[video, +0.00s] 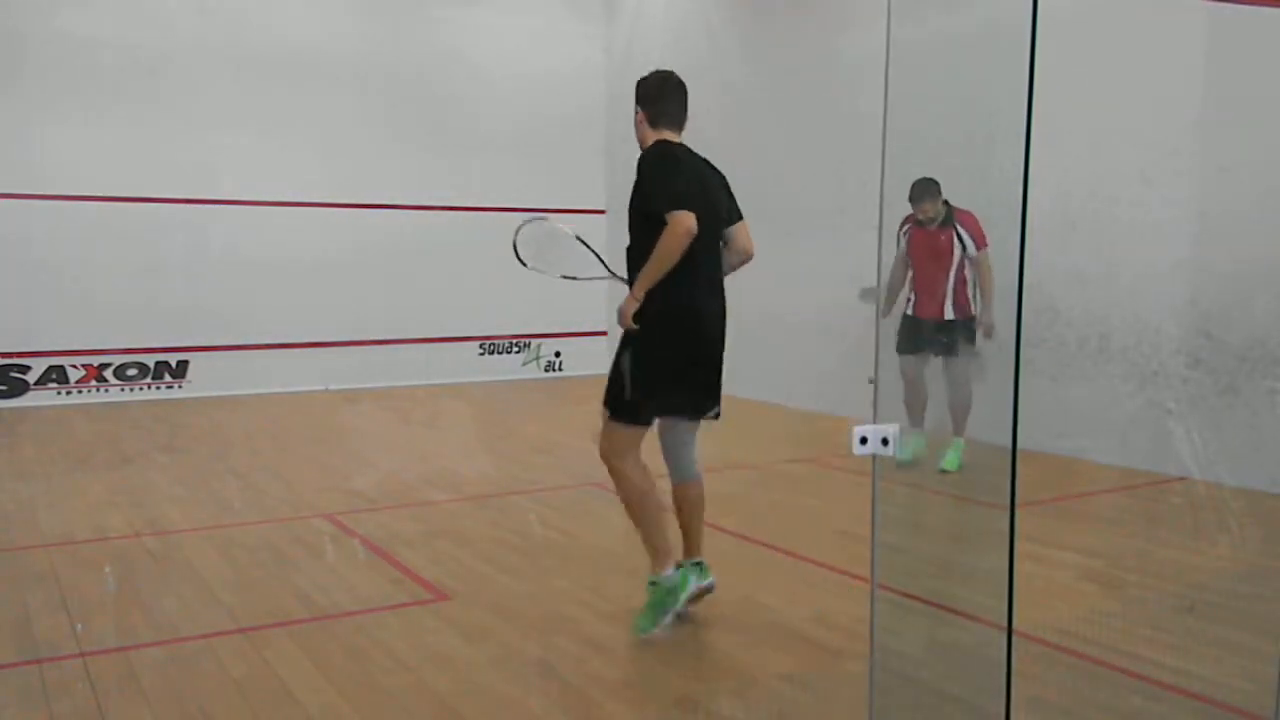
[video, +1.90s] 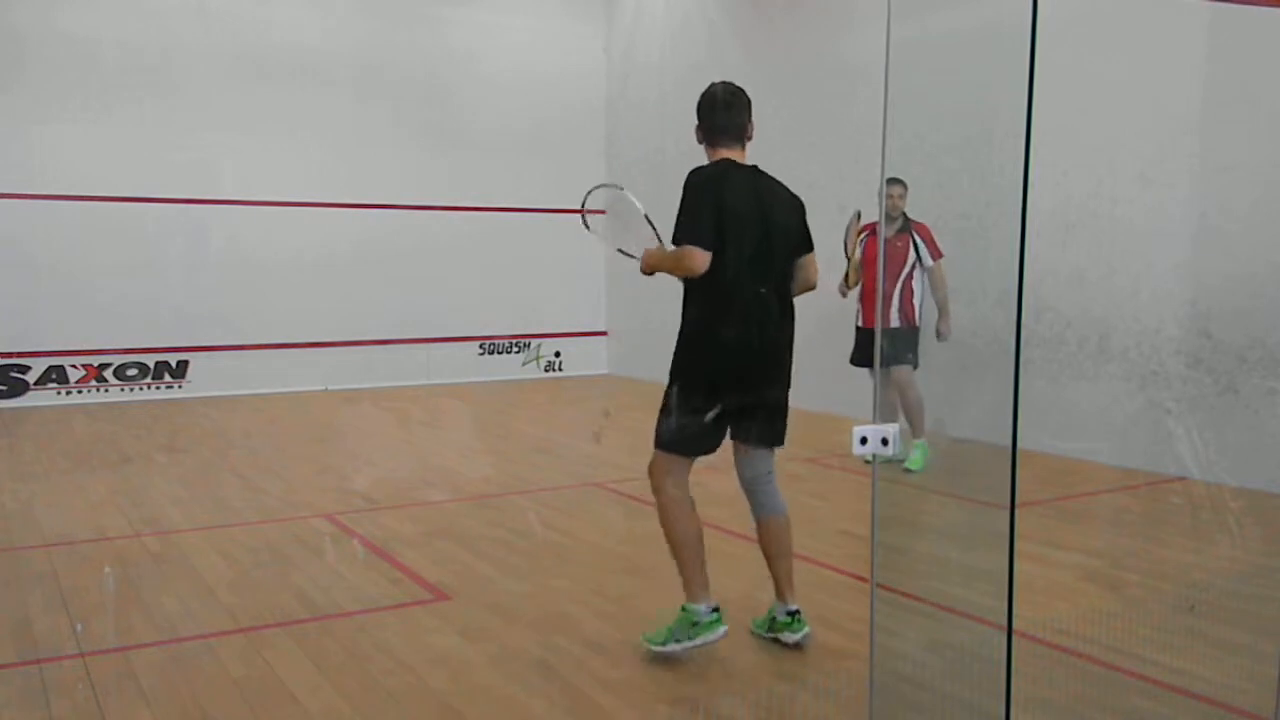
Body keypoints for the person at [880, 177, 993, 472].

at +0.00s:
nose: (921, 216)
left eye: (926, 210)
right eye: (917, 211)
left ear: (940, 202)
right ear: (912, 207)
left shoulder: (964, 223)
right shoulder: (909, 226)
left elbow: (982, 267)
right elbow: (901, 265)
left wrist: (986, 314)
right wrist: (890, 300)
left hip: (956, 318)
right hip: (917, 317)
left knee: (957, 378)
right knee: (910, 373)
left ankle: (957, 442)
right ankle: (915, 437)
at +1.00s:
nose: (922, 220)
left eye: (927, 214)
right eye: (917, 215)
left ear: (940, 207)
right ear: (912, 212)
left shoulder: (960, 232)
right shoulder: (908, 237)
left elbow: (974, 273)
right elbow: (898, 279)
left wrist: (949, 306)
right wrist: (889, 320)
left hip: (948, 330)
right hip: (912, 328)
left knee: (955, 386)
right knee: (899, 382)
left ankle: (962, 448)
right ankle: (895, 442)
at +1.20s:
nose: (914, 207)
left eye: (919, 202)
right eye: (909, 203)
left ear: (929, 202)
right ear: (902, 206)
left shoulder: (943, 231)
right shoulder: (892, 236)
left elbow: (951, 273)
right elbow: (886, 279)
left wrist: (908, 290)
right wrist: (881, 319)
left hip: (933, 328)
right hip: (897, 327)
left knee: (945, 384)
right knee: (892, 382)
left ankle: (960, 447)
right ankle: (894, 443)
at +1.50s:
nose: (900, 203)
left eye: (905, 198)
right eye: (895, 198)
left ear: (913, 200)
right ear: (887, 201)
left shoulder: (924, 233)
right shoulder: (876, 233)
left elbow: (932, 279)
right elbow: (865, 274)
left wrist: (932, 320)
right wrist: (856, 308)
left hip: (909, 324)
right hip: (879, 324)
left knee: (914, 379)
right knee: (886, 382)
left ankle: (945, 440)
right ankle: (890, 443)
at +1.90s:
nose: (893, 202)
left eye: (898, 197)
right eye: (888, 197)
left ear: (906, 201)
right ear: (880, 199)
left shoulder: (918, 233)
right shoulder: (866, 233)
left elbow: (935, 273)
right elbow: (856, 267)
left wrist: (943, 315)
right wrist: (847, 281)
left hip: (902, 322)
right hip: (870, 322)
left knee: (901, 376)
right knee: (881, 381)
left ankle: (919, 441)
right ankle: (885, 442)